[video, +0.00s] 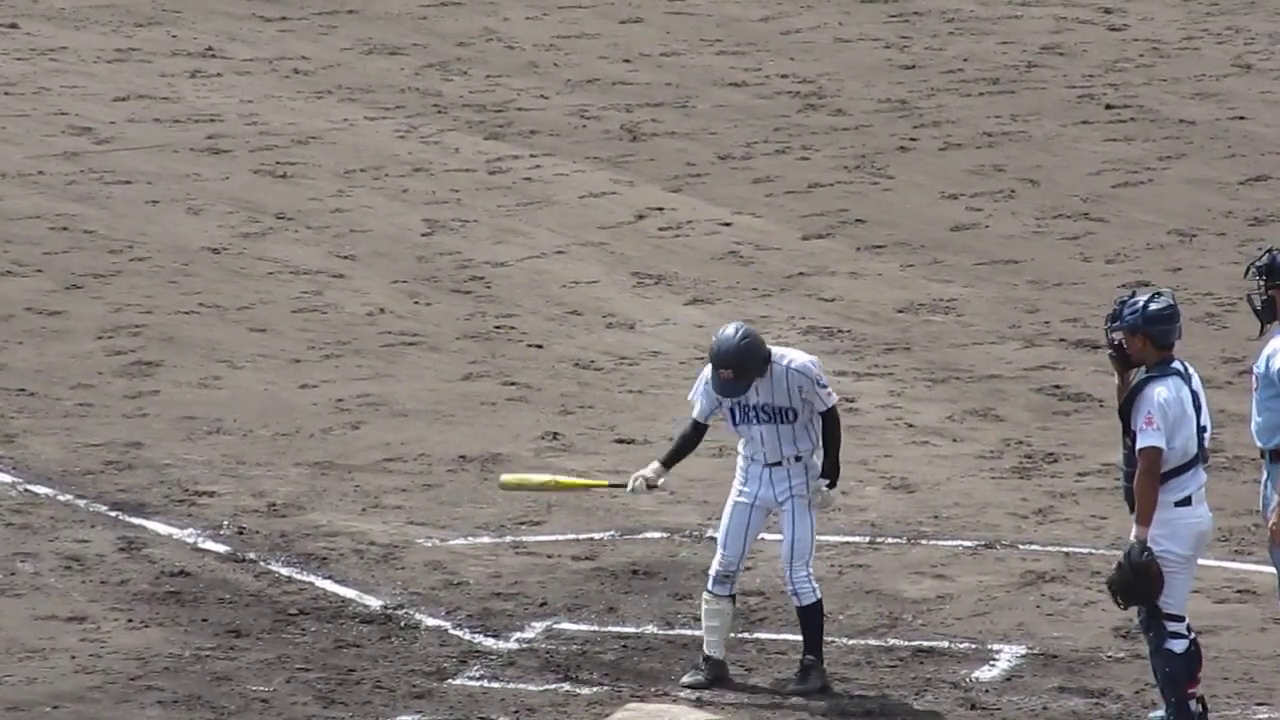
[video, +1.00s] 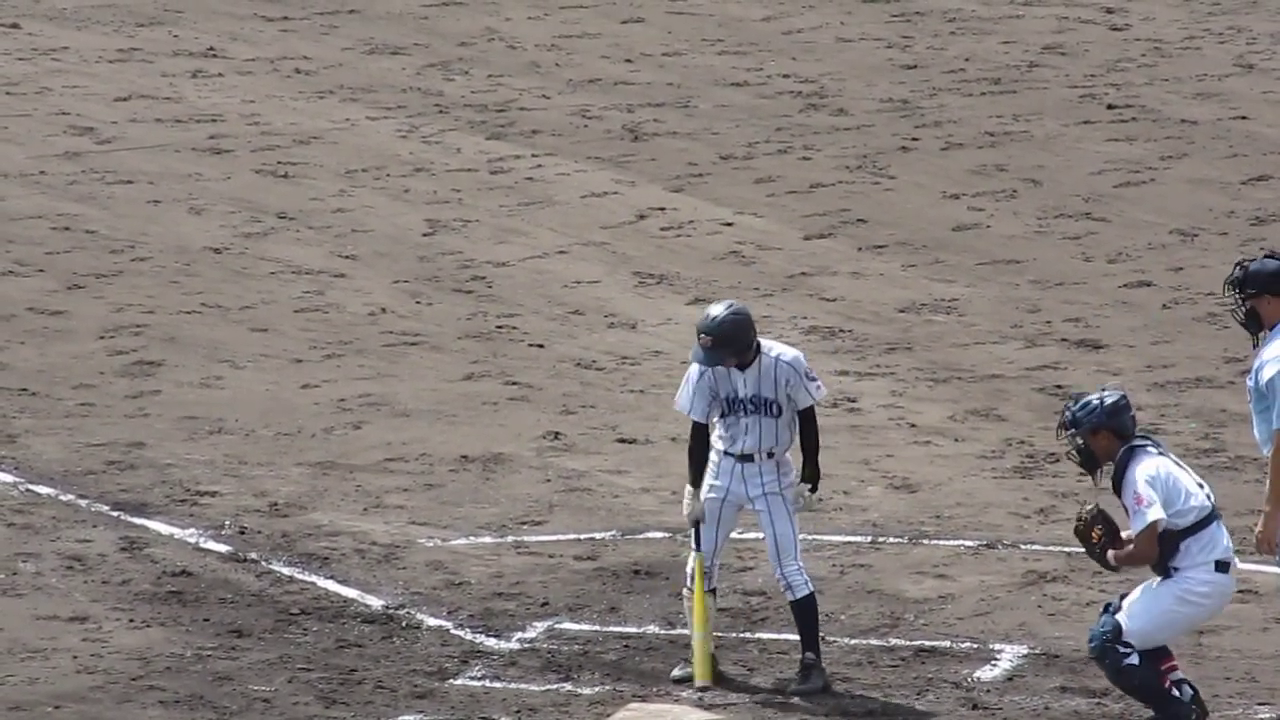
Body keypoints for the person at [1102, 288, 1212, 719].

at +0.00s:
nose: (1121, 341)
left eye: (1125, 334)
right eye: (1122, 334)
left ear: (1141, 340)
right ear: (1166, 336)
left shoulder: (1152, 392)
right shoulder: (1185, 374)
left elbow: (1149, 467)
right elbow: (1130, 425)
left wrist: (1139, 536)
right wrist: (1123, 374)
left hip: (1168, 518)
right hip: (1193, 510)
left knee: (1163, 621)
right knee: (1167, 613)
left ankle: (1182, 708)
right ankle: (1184, 699)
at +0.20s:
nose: (1112, 343)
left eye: (1117, 335)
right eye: (1112, 335)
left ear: (1135, 340)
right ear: (1153, 335)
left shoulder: (1152, 389)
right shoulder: (1179, 371)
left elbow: (1151, 464)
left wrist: (1135, 529)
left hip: (1174, 514)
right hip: (1194, 507)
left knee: (1159, 621)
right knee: (1170, 614)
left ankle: (1180, 708)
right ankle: (1186, 700)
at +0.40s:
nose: (1105, 347)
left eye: (1110, 339)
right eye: (1105, 339)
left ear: (1129, 342)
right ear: (1143, 337)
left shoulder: (1154, 386)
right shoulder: (1169, 370)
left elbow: (1156, 456)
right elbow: (1136, 434)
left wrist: (1134, 513)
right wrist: (1115, 385)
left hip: (1185, 512)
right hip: (1195, 505)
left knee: (1151, 613)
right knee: (1169, 611)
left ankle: (1181, 709)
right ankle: (1191, 700)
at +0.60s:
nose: (1099, 356)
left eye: (1104, 348)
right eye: (1099, 347)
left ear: (1124, 351)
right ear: (1135, 347)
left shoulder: (1147, 395)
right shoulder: (1166, 380)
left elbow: (1155, 467)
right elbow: (1160, 444)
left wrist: (1119, 504)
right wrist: (1109, 435)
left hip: (1184, 518)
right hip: (1193, 513)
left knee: (1139, 617)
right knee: (1152, 615)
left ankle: (1185, 709)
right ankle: (1186, 704)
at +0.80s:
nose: (1088, 385)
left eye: (1093, 377)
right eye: (1088, 377)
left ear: (1113, 378)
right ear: (1125, 373)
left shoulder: (1141, 421)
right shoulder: (1154, 402)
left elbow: (1150, 498)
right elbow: (1168, 477)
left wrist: (1115, 506)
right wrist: (1121, 488)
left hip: (1192, 534)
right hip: (1198, 530)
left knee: (1123, 624)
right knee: (1133, 618)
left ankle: (1183, 707)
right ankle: (1182, 702)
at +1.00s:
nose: (1081, 446)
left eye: (1085, 438)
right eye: (1080, 438)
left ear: (1105, 436)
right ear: (1110, 434)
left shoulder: (1137, 473)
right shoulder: (1143, 454)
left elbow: (1148, 552)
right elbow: (1168, 526)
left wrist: (1114, 557)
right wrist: (1122, 539)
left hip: (1201, 580)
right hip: (1206, 570)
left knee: (1107, 641)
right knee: (1117, 614)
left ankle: (1179, 709)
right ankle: (1180, 695)